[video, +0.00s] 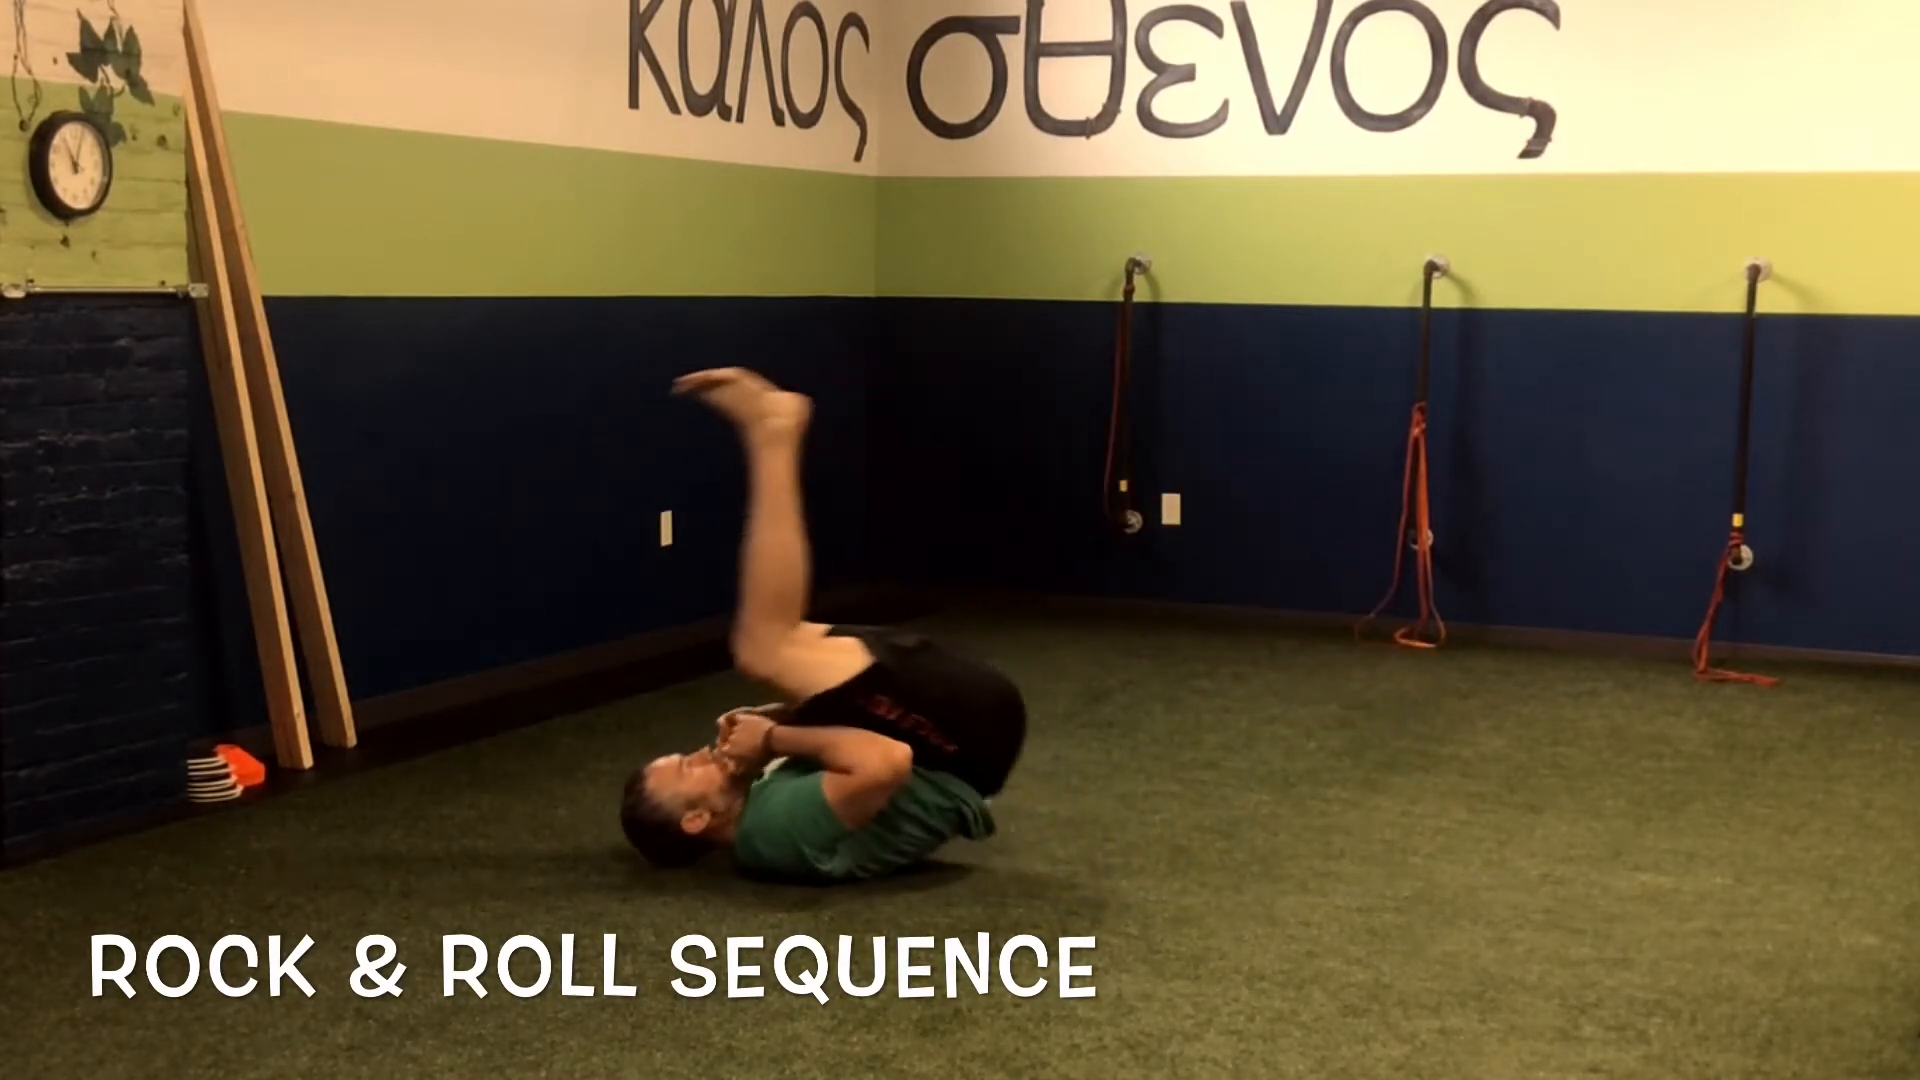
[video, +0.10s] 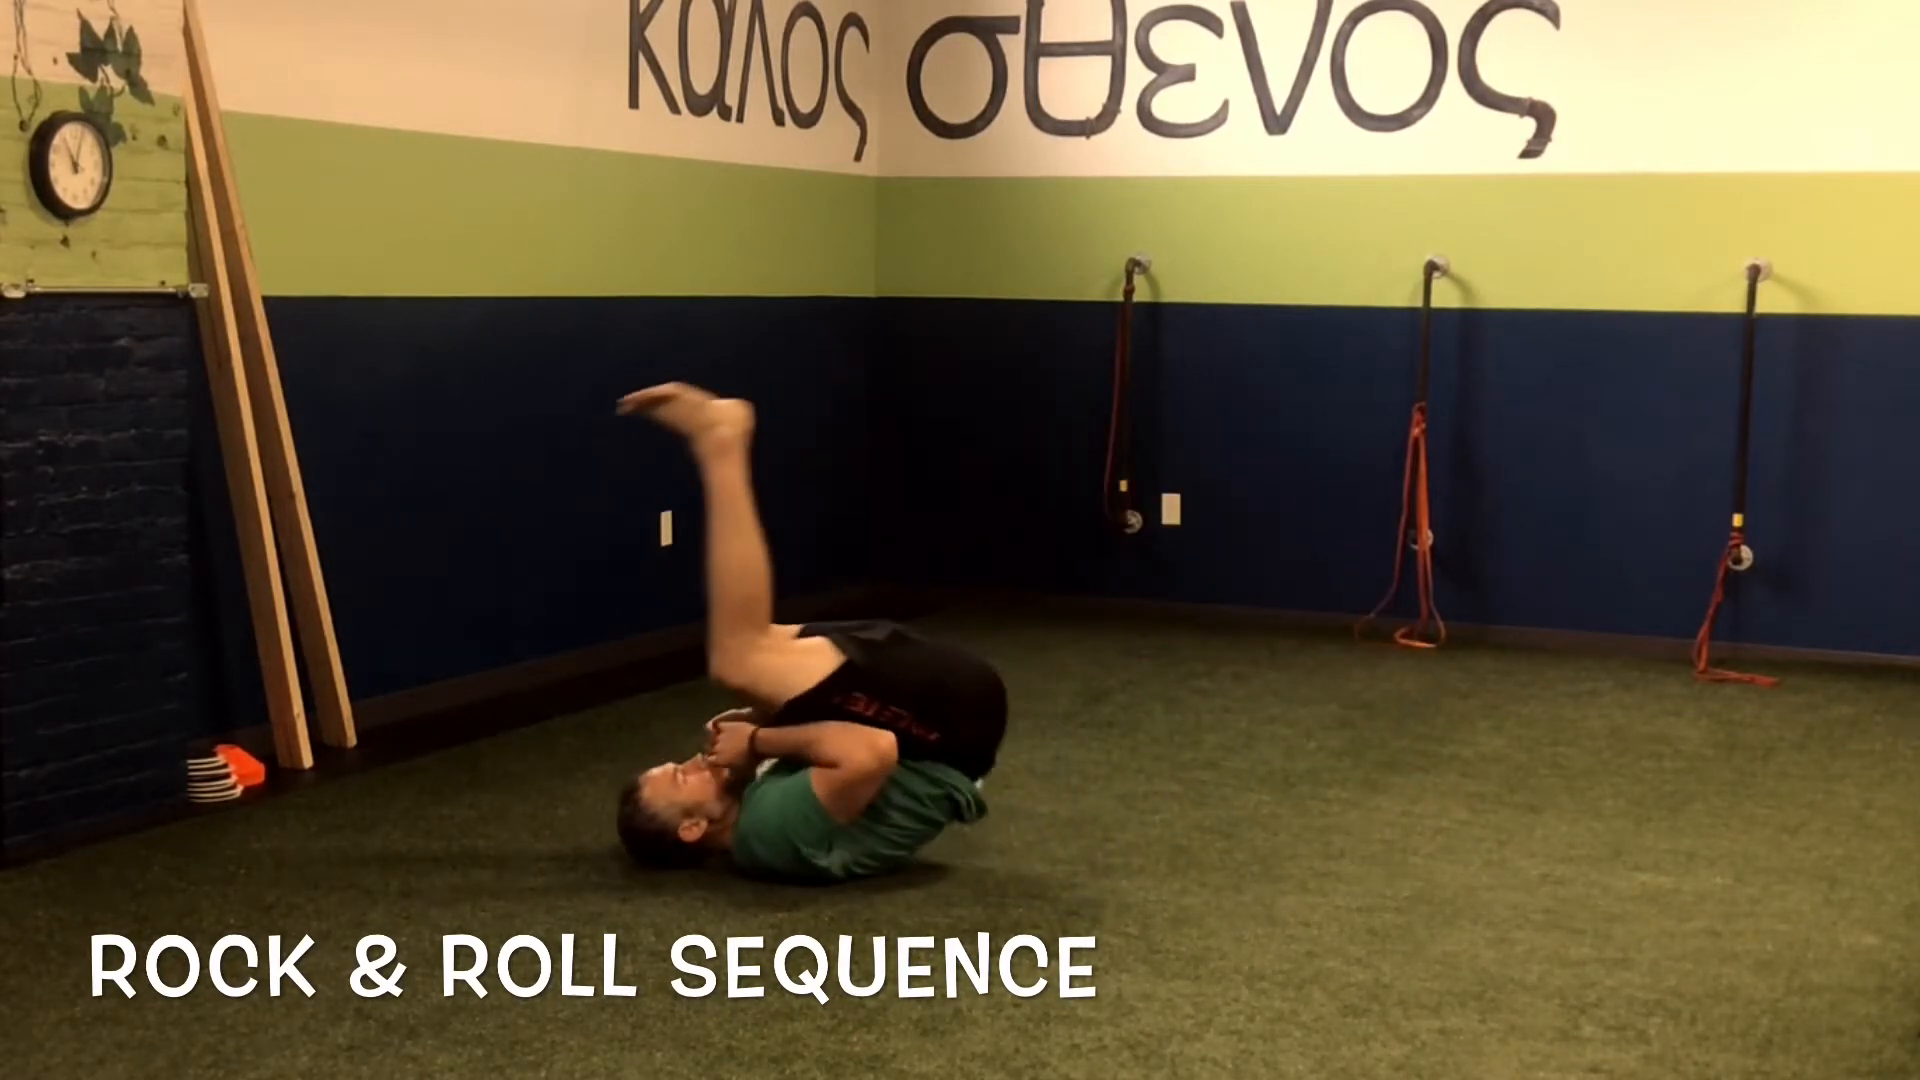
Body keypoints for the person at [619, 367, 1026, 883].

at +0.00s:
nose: (699, 750)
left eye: (682, 755)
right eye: (686, 768)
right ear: (699, 819)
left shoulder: (764, 809)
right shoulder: (773, 830)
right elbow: (888, 762)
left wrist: (763, 744)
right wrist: (772, 736)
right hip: (976, 732)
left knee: (784, 640)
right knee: (762, 646)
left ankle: (774, 431)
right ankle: (773, 431)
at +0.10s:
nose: (692, 760)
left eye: (676, 764)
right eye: (679, 778)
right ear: (695, 826)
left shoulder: (754, 812)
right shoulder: (770, 829)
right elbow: (873, 753)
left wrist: (747, 741)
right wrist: (756, 739)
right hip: (962, 714)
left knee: (759, 645)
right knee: (739, 654)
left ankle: (721, 441)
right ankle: (721, 439)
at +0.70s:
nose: (692, 762)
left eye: (676, 766)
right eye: (679, 778)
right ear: (692, 826)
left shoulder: (756, 812)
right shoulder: (768, 835)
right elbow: (878, 764)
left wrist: (750, 738)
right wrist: (759, 743)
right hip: (967, 718)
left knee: (774, 638)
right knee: (745, 654)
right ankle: (769, 433)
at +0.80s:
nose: (697, 751)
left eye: (680, 755)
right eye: (683, 768)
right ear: (695, 817)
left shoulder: (763, 810)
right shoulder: (770, 832)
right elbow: (887, 770)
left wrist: (771, 720)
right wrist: (769, 740)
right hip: (979, 738)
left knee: (793, 631)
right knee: (769, 638)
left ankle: (839, 429)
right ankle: (838, 430)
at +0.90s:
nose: (707, 739)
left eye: (690, 741)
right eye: (692, 753)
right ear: (701, 805)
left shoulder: (772, 800)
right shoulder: (775, 826)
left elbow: (866, 715)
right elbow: (902, 778)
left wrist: (787, 710)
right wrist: (787, 736)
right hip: (992, 753)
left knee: (809, 617)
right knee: (805, 624)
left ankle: (924, 438)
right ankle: (917, 438)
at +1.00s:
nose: (732, 720)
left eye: (713, 721)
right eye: (713, 734)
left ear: (717, 785)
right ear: (714, 785)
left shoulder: (780, 791)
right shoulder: (783, 817)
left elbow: (894, 713)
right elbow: (922, 788)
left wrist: (812, 706)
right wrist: (811, 728)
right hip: (1004, 780)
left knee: (851, 601)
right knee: (852, 609)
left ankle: (1009, 459)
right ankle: (1011, 460)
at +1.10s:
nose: (759, 694)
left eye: (741, 691)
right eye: (738, 705)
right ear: (733, 758)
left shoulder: (798, 766)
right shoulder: (798, 802)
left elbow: (924, 718)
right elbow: (945, 797)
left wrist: (853, 698)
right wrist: (851, 719)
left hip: (1003, 787)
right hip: (1017, 807)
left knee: (909, 592)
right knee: (909, 598)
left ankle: (1096, 498)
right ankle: (1103, 498)